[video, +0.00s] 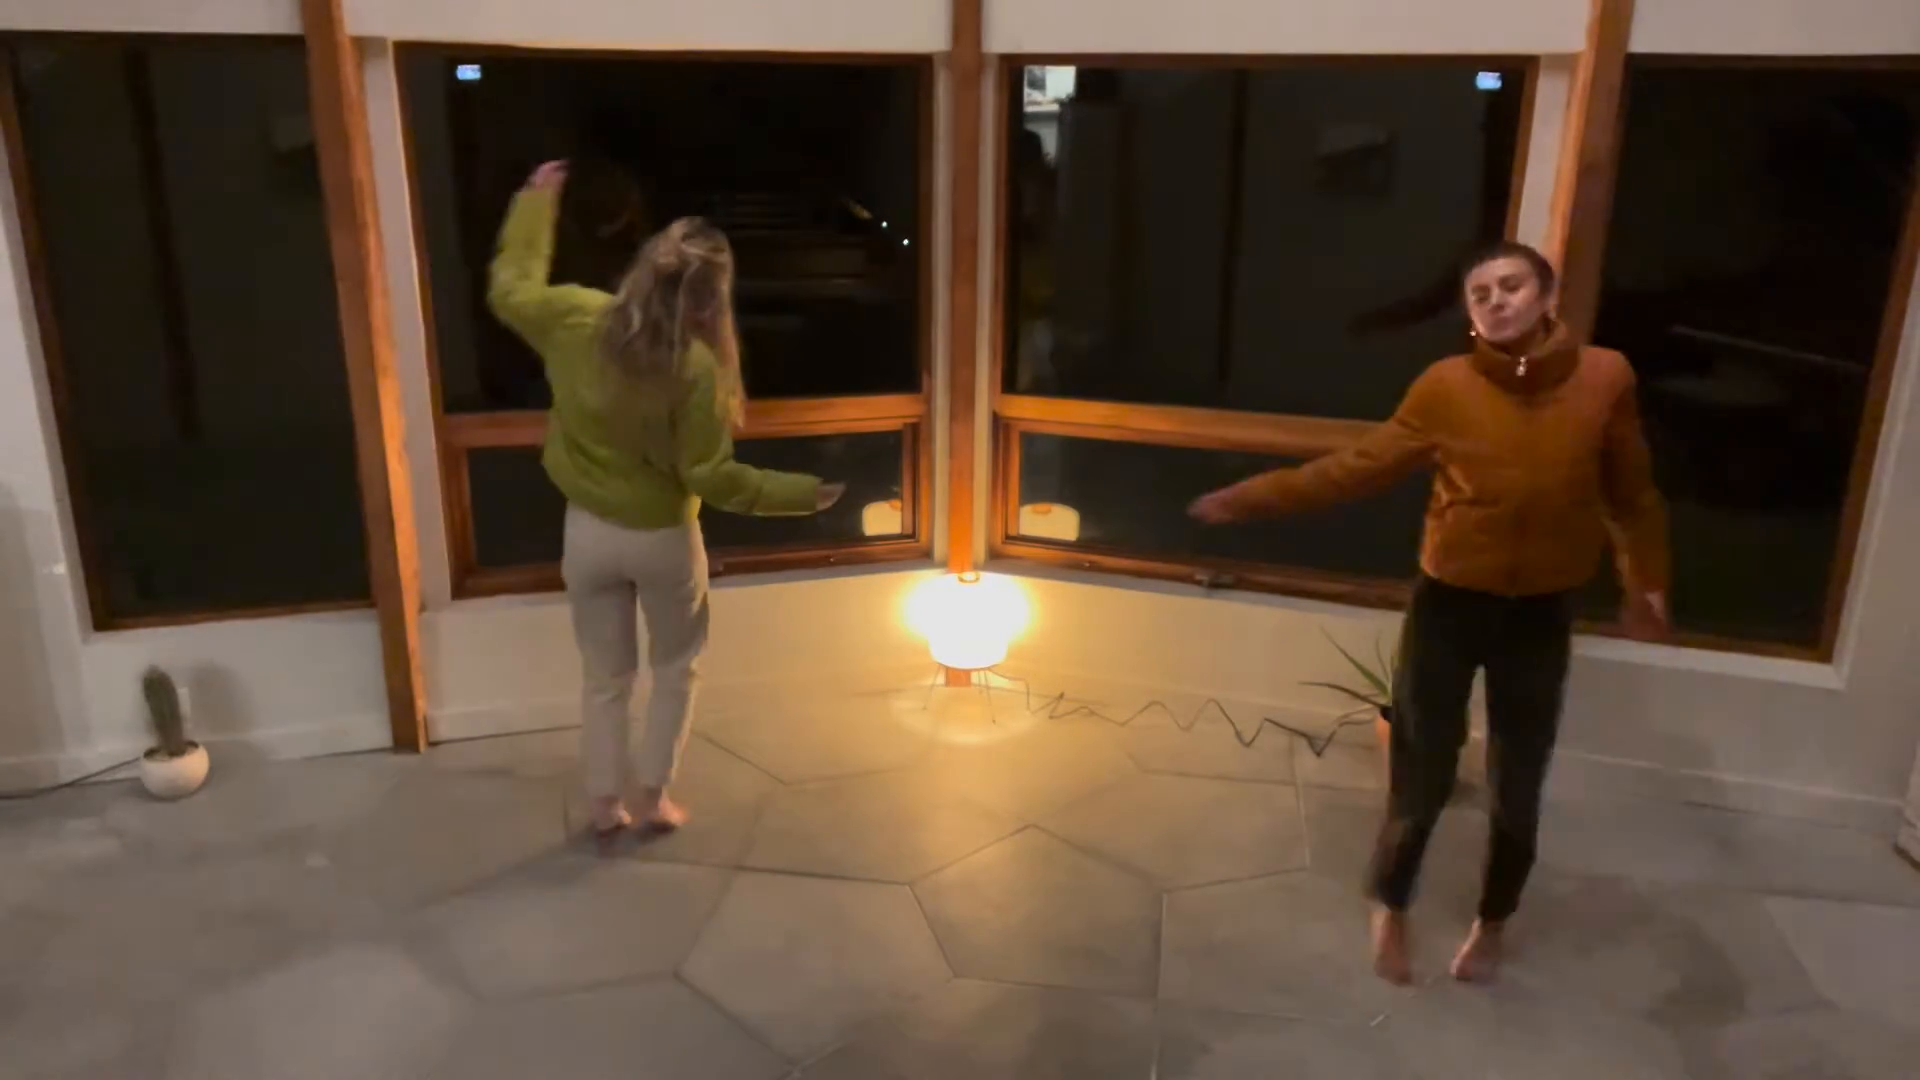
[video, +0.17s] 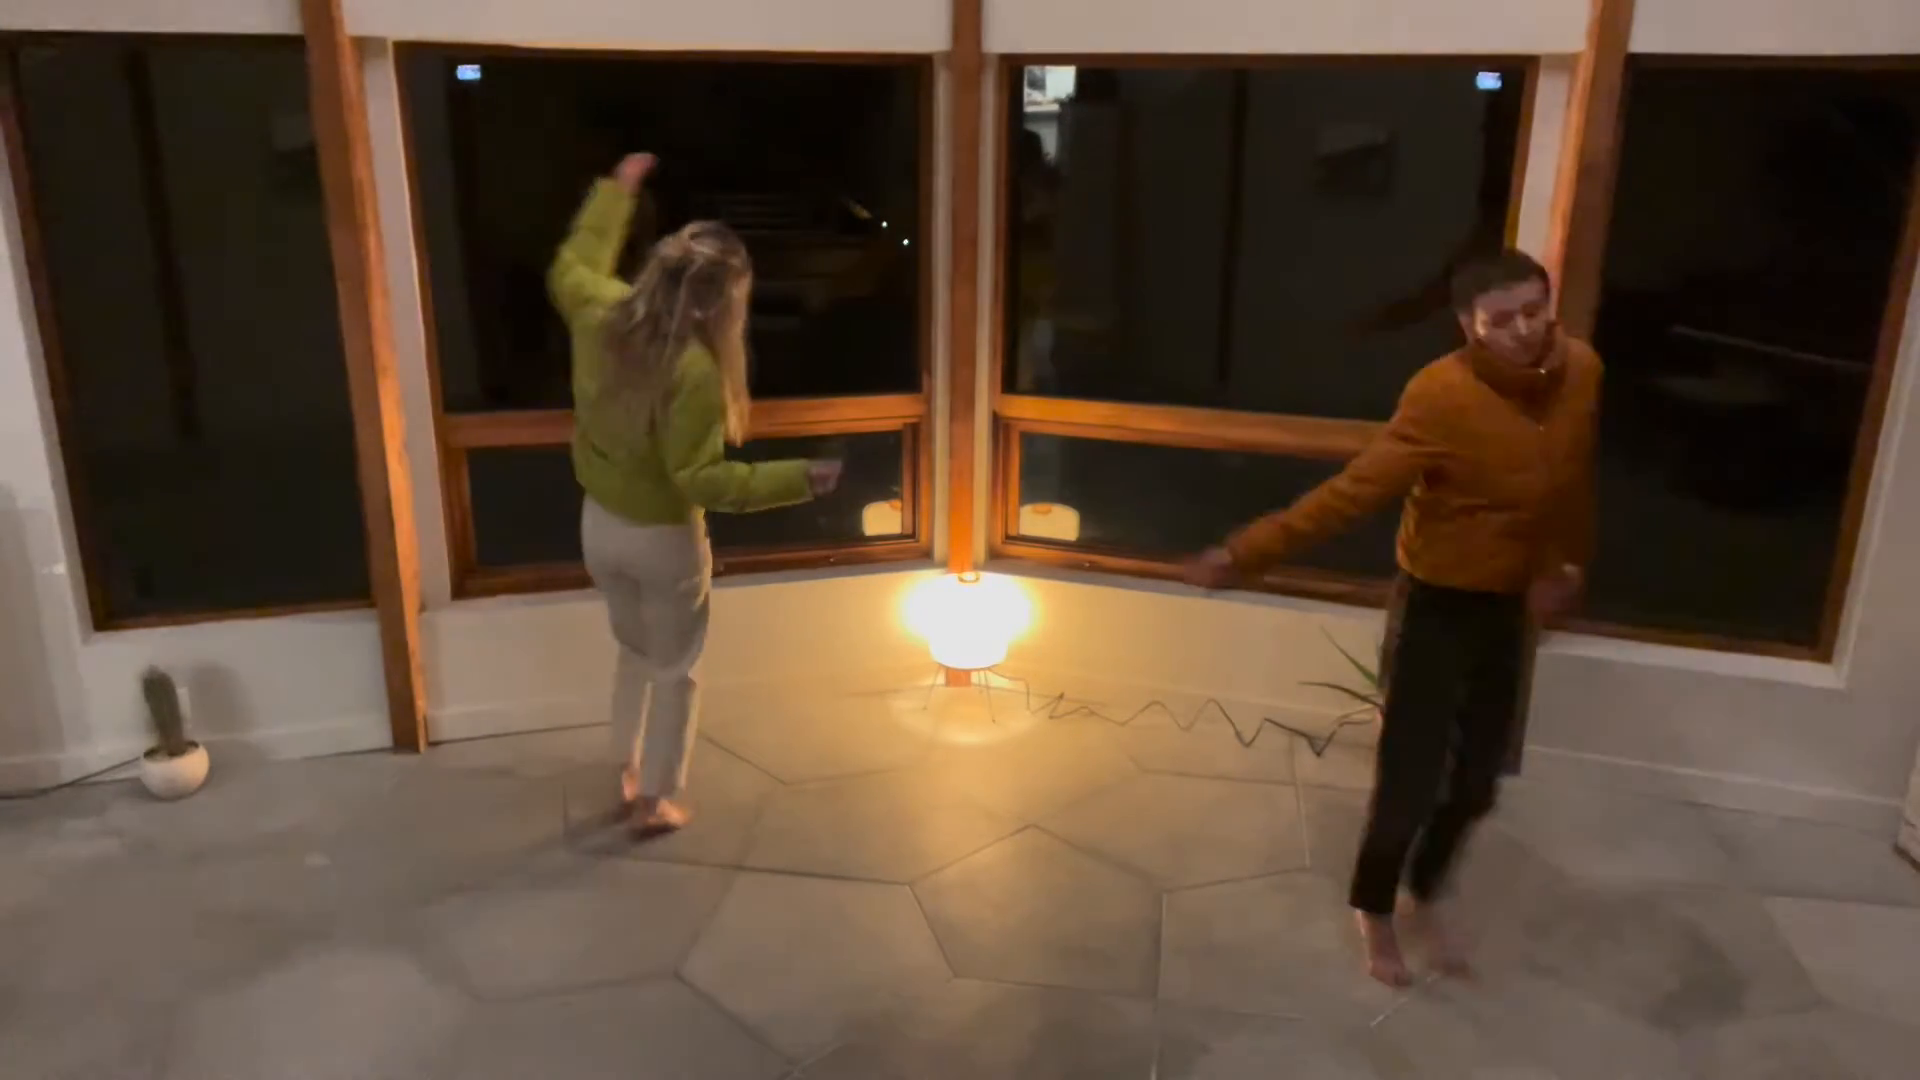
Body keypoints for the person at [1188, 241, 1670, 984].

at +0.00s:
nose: (1495, 303)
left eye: (1510, 287)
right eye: (1480, 295)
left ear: (1548, 294)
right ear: (1468, 312)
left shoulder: (1602, 378)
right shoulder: (1447, 388)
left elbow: (1634, 491)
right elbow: (1360, 465)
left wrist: (1647, 583)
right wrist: (1251, 497)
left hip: (1540, 607)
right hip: (1449, 601)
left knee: (1519, 781)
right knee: (1424, 774)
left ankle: (1492, 922)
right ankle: (1390, 907)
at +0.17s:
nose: (1525, 330)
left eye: (1535, 311)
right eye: (1505, 318)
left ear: (1552, 304)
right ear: (1470, 322)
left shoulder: (1579, 371)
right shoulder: (1441, 394)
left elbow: (1578, 476)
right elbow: (1355, 490)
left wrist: (1571, 560)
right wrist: (1243, 553)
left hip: (1510, 603)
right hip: (1438, 598)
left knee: (1480, 774)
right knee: (1415, 768)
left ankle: (1421, 896)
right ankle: (1372, 905)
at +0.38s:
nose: (1562, 366)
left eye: (1567, 348)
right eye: (1550, 348)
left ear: (1513, 340)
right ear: (1502, 336)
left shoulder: (1482, 381)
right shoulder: (1469, 401)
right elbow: (1422, 520)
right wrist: (1391, 623)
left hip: (1439, 593)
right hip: (1426, 599)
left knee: (1425, 768)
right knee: (1438, 780)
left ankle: (1394, 909)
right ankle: (1374, 924)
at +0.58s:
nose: (1533, 359)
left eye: (1539, 346)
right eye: (1533, 344)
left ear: (1477, 322)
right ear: (1504, 334)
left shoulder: (1414, 362)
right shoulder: (1477, 395)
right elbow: (1498, 531)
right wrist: (1527, 650)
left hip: (1354, 587)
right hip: (1414, 603)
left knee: (1351, 752)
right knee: (1426, 779)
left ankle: (1321, 911)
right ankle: (1367, 929)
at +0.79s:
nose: (1473, 333)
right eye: (1473, 322)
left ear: (1402, 310)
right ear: (1464, 322)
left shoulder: (1345, 364)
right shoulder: (1474, 383)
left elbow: (1311, 472)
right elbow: (1512, 515)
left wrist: (1336, 536)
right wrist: (1554, 620)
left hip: (1337, 586)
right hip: (1421, 598)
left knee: (1322, 746)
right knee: (1400, 764)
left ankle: (1314, 908)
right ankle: (1365, 928)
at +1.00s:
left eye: (1314, 330)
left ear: (1323, 328)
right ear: (1385, 324)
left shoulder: (1297, 378)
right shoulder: (1428, 368)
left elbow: (1278, 499)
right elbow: (1460, 479)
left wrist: (1290, 583)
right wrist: (1462, 576)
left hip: (1338, 590)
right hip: (1420, 593)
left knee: (1323, 759)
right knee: (1389, 756)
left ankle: (1320, 926)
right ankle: (1367, 912)